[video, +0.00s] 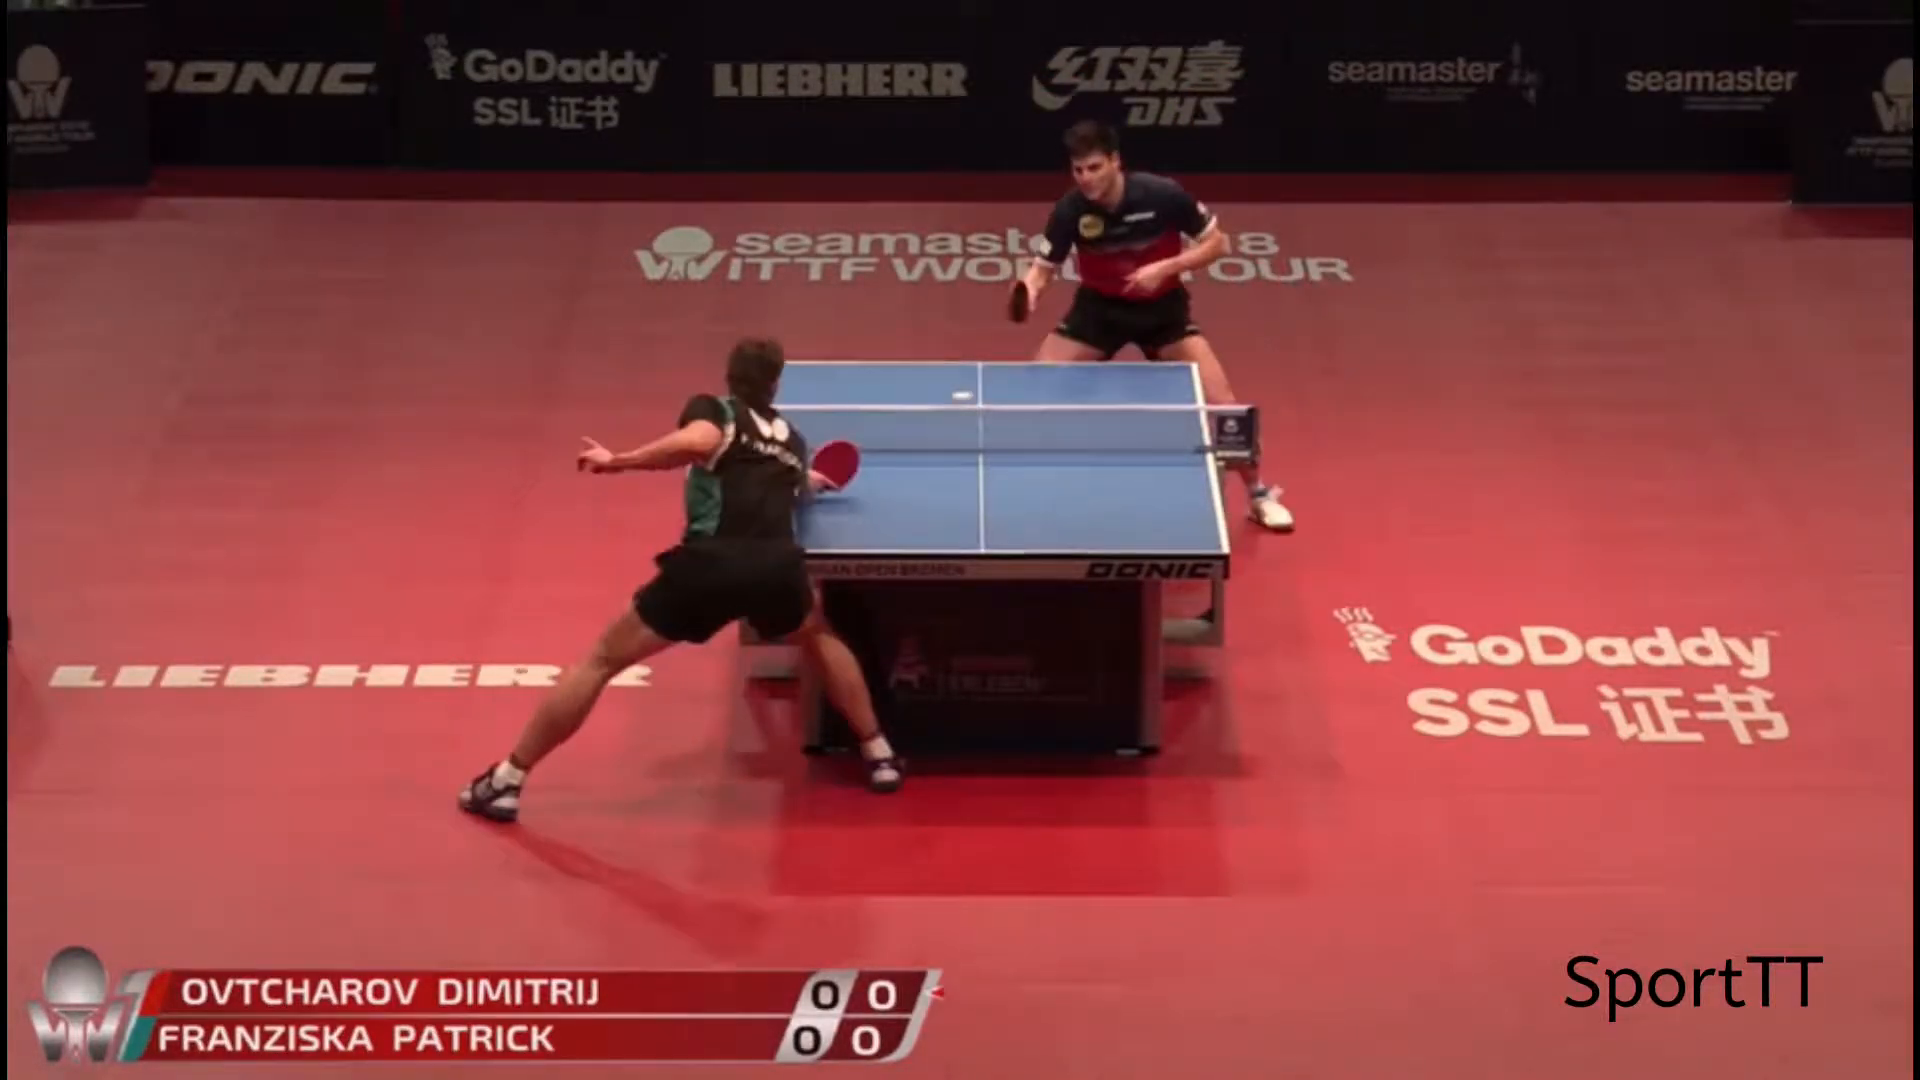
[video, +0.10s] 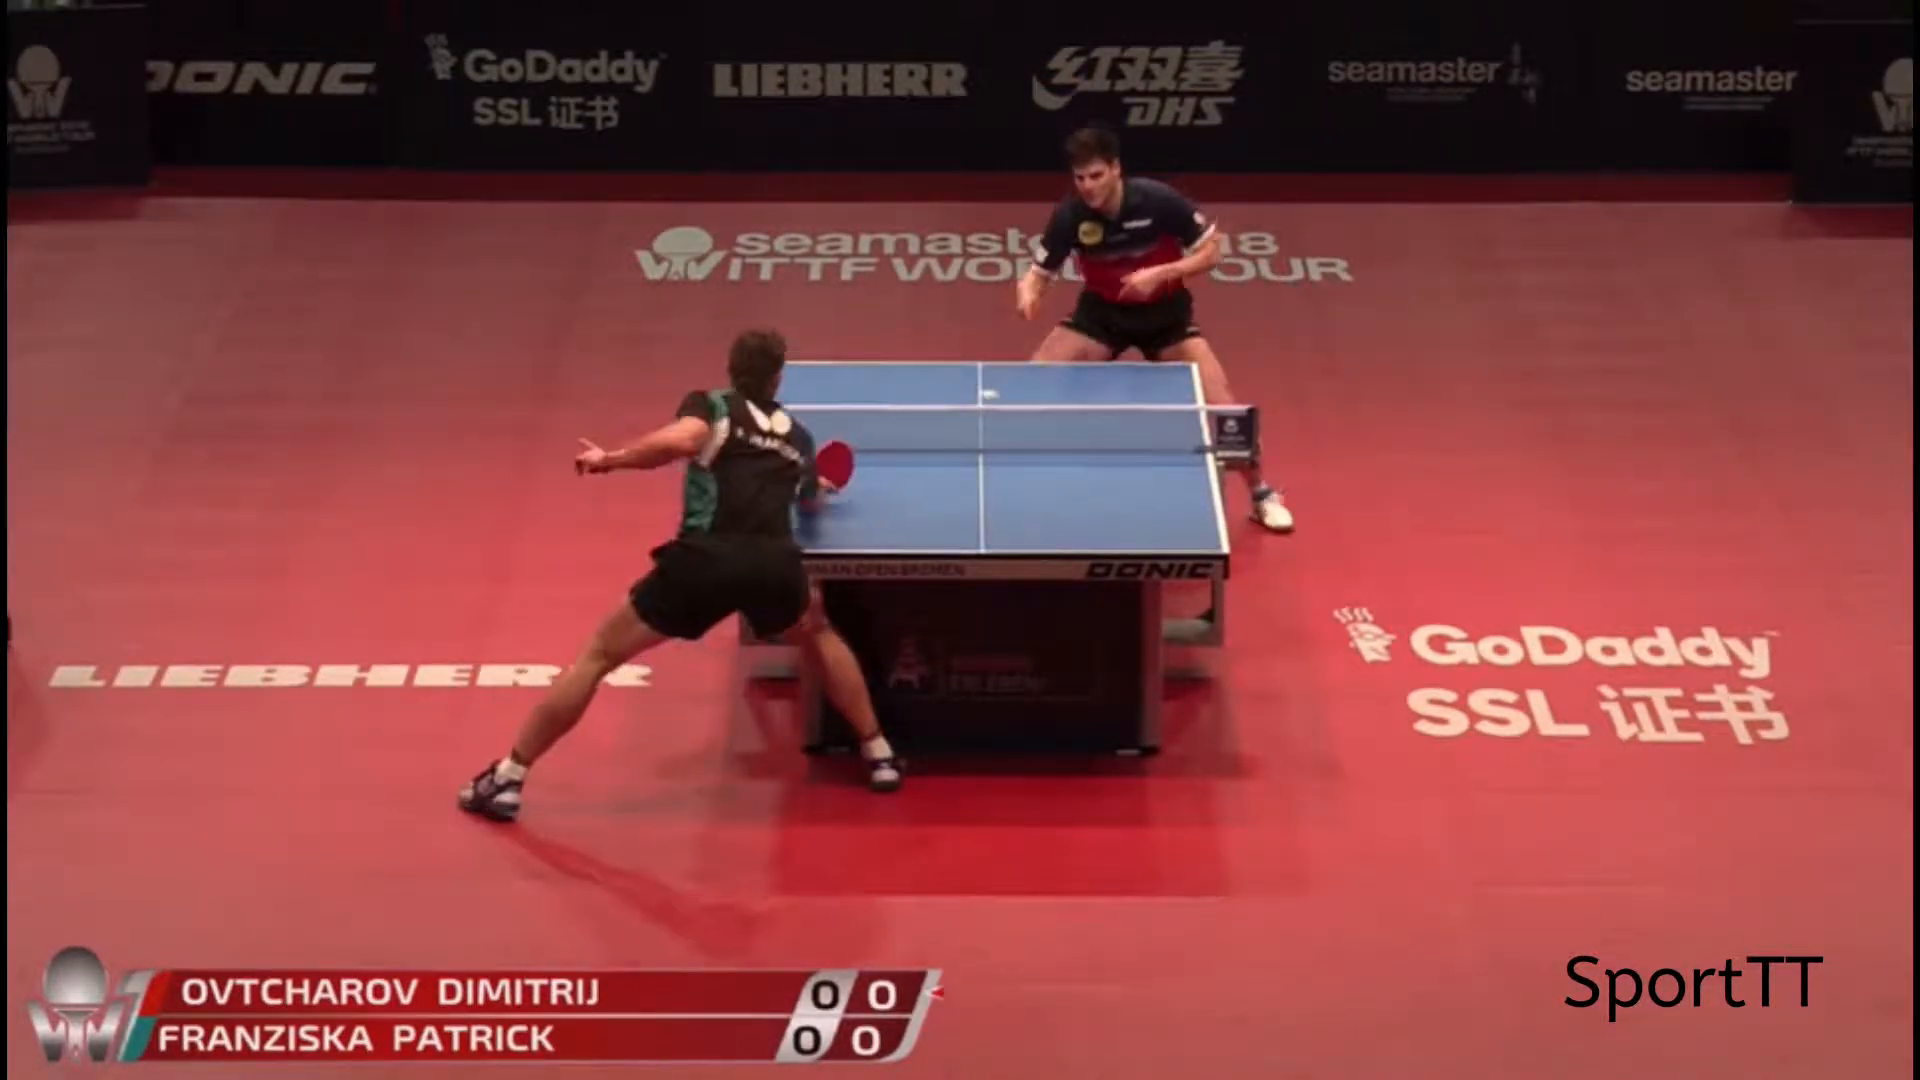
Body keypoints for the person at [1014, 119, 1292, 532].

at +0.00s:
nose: (1084, 179)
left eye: (1093, 168)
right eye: (1078, 170)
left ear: (1116, 162)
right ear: (1071, 170)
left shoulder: (1162, 195)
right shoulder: (1071, 210)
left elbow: (1216, 242)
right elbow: (1043, 267)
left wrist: (1164, 268)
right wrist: (1028, 291)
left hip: (1163, 314)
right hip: (1097, 313)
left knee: (1221, 401)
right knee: (1039, 388)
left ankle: (1259, 494)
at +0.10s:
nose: (1087, 187)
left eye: (1095, 176)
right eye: (1080, 178)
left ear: (1116, 169)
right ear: (1071, 177)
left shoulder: (1157, 200)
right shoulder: (1071, 216)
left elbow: (1212, 248)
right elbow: (1039, 272)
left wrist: (1160, 274)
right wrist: (1029, 293)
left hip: (1166, 319)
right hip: (1100, 318)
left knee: (1221, 404)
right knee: (1034, 383)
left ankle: (1261, 494)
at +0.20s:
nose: (1096, 232)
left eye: (1104, 223)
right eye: (1088, 225)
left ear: (1119, 211)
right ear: (1076, 218)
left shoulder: (1152, 231)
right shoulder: (1063, 247)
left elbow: (1201, 275)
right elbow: (1012, 313)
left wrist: (1173, 293)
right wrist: (1063, 313)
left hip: (1157, 342)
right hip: (1089, 344)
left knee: (1218, 402)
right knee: (1052, 368)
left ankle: (1266, 493)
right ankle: (1040, 487)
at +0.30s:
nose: (1101, 244)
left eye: (1108, 235)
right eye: (1092, 236)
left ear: (1121, 223)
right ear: (1079, 229)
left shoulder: (1151, 238)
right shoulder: (1064, 253)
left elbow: (1202, 279)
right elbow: (1012, 320)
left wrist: (1182, 296)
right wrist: (1071, 313)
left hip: (1153, 345)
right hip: (1086, 347)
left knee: (1220, 403)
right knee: (1046, 378)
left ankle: (1267, 494)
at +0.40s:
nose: (1103, 252)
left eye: (1111, 242)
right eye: (1094, 242)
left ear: (1123, 235)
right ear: (1081, 236)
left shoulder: (1137, 244)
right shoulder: (1064, 259)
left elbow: (1166, 277)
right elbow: (1037, 309)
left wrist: (1174, 289)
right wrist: (1075, 322)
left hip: (1119, 332)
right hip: (1061, 340)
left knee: (1216, 391)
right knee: (1056, 403)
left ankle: (1266, 489)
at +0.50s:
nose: (1103, 243)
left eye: (1110, 234)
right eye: (1094, 234)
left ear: (1122, 228)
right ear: (1080, 230)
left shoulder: (1137, 244)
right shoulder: (1064, 257)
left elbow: (1162, 280)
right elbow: (1040, 304)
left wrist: (1171, 292)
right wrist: (1068, 315)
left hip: (1116, 332)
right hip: (1063, 339)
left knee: (1219, 389)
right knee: (1058, 403)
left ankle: (1266, 486)